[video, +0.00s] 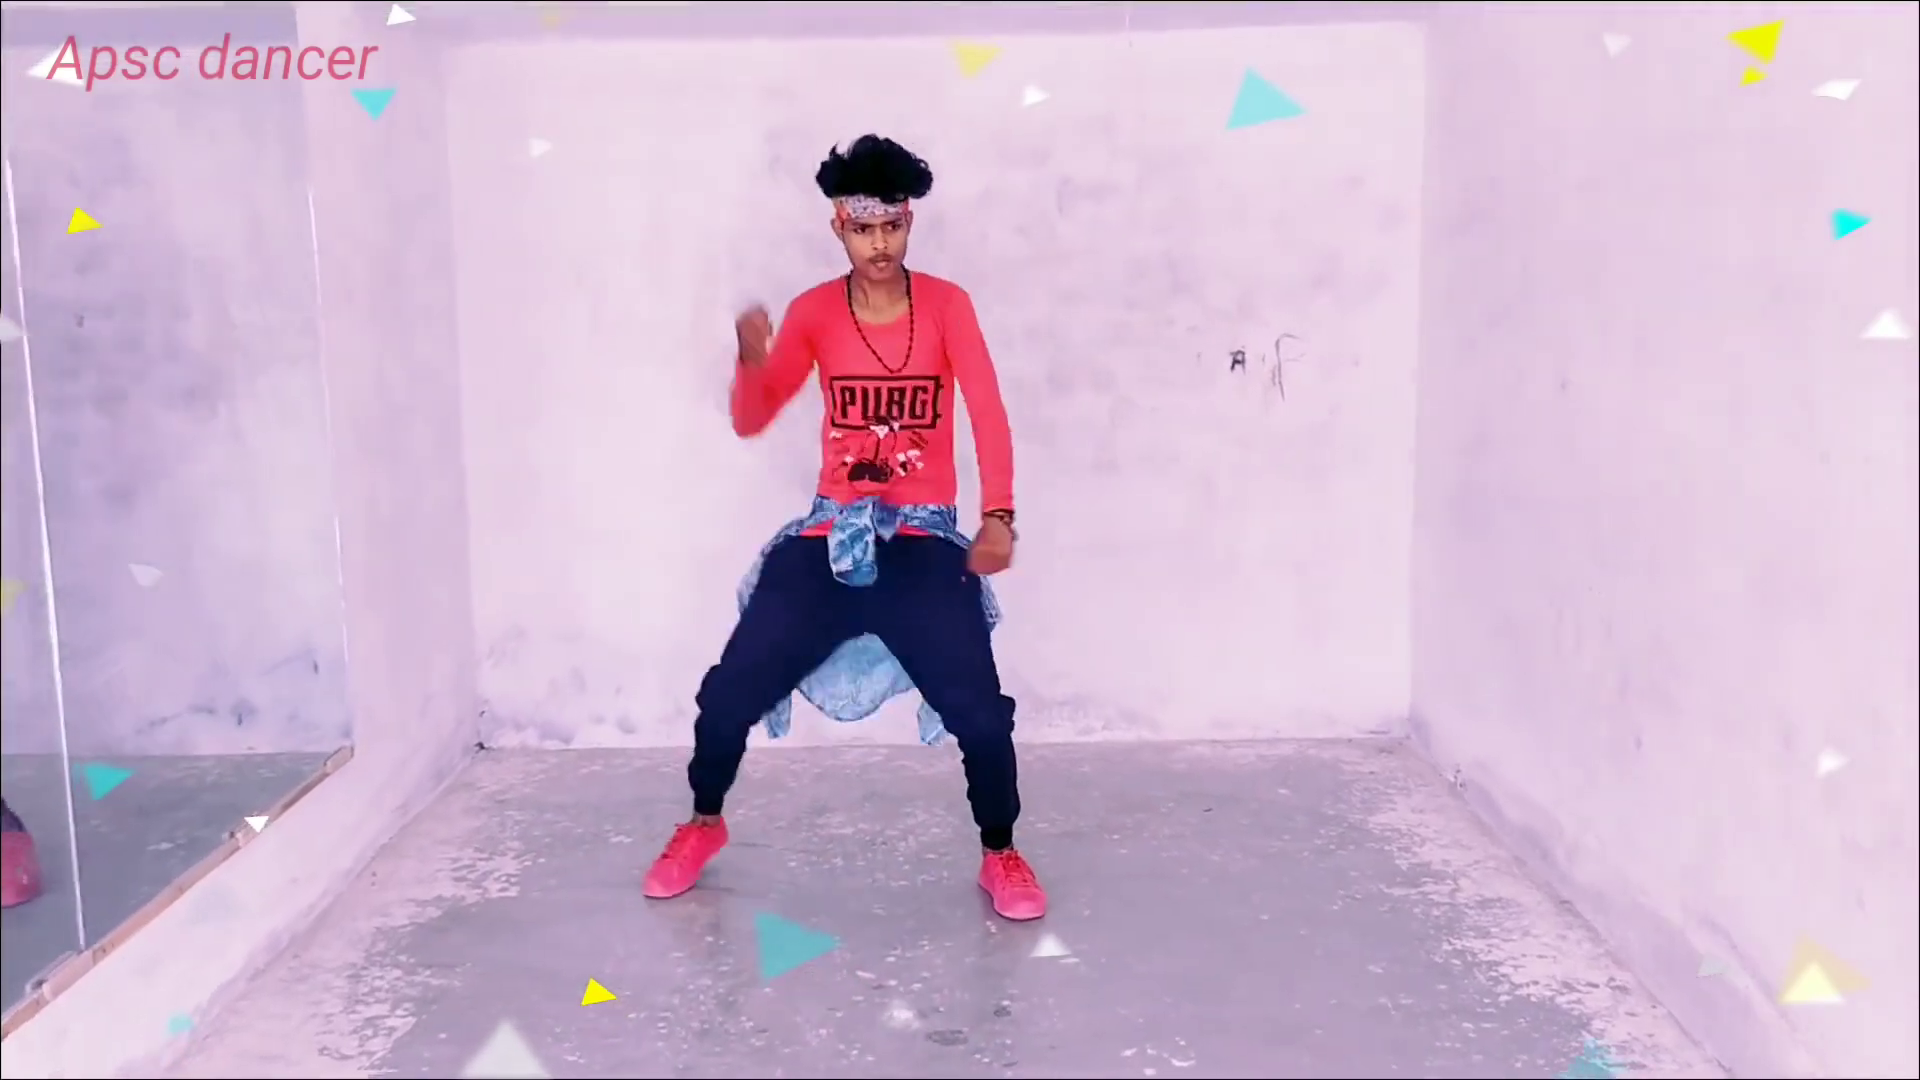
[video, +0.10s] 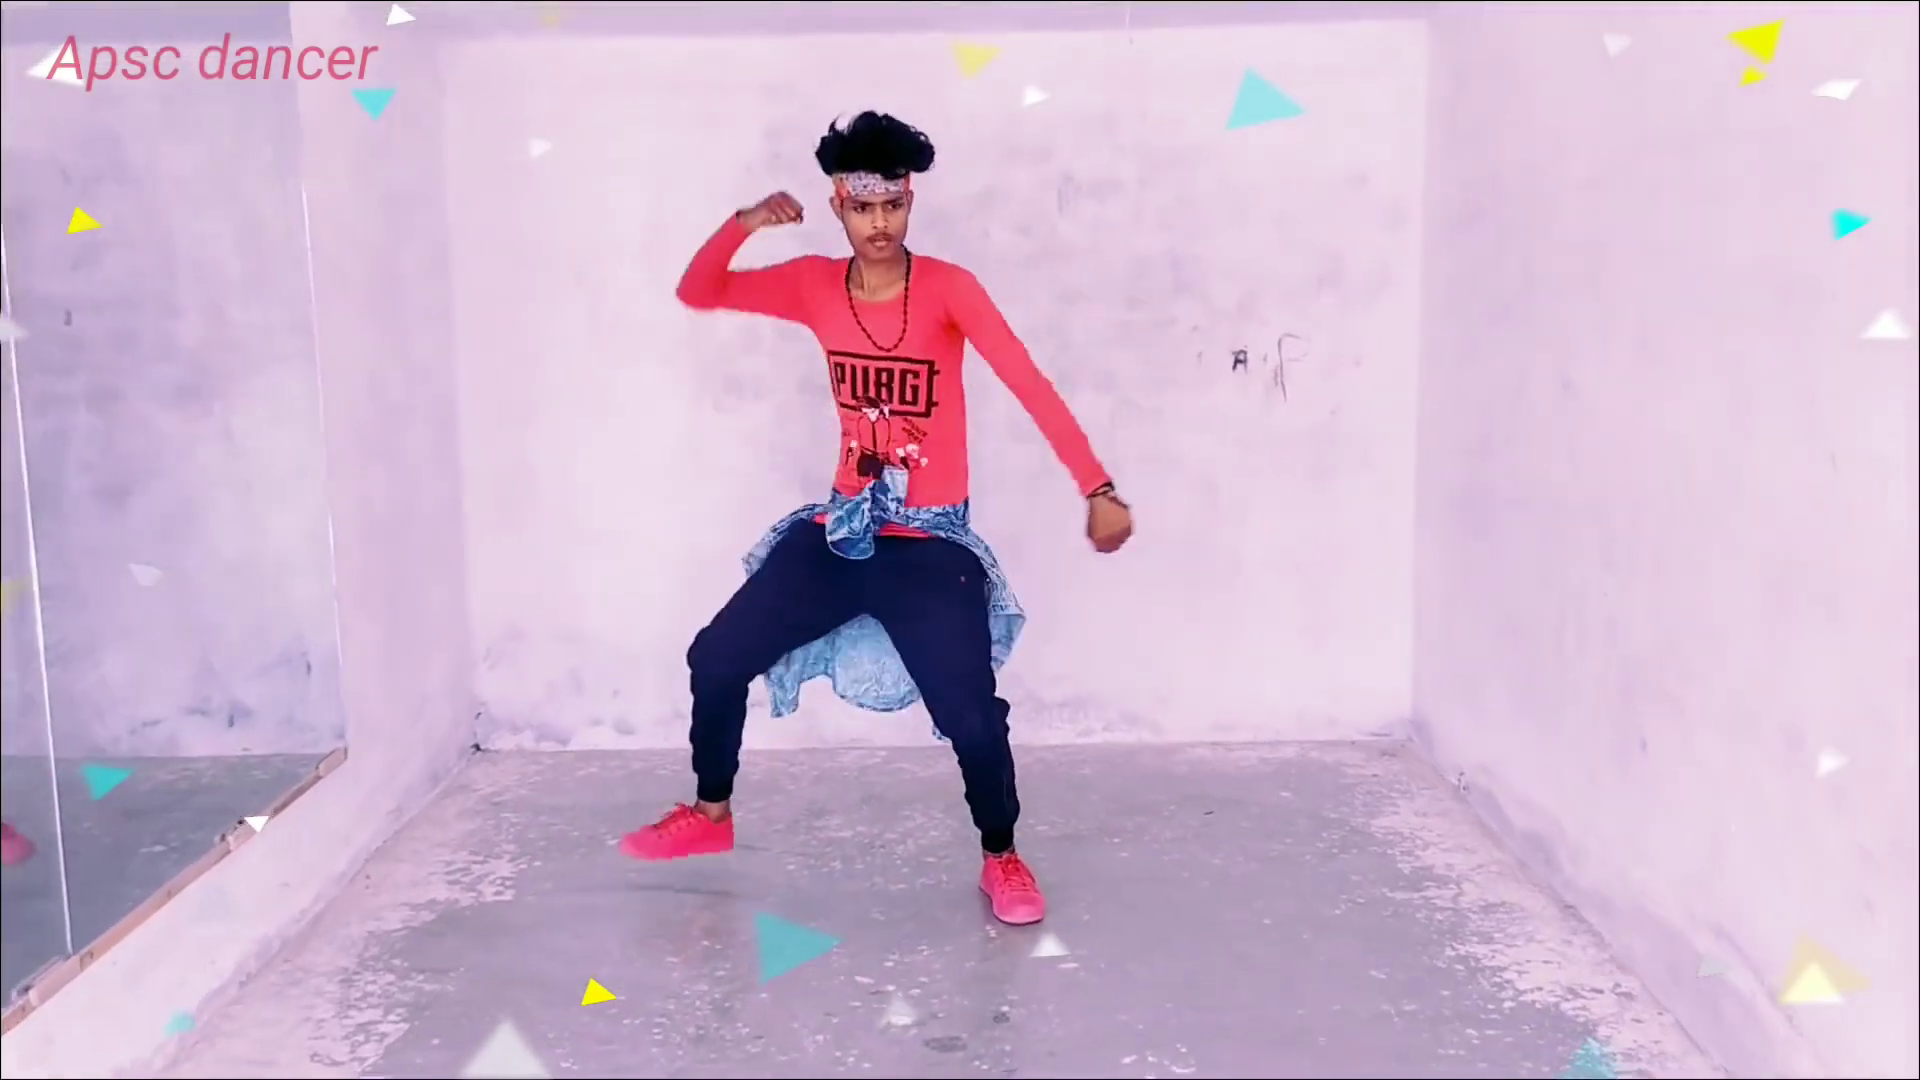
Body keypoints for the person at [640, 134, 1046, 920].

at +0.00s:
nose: (881, 244)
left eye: (893, 226)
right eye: (863, 228)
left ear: (912, 226)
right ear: (839, 230)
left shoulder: (946, 307)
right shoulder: (812, 313)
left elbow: (986, 410)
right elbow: (750, 421)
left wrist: (997, 515)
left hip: (923, 546)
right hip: (826, 543)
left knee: (982, 717)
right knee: (723, 702)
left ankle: (1001, 855)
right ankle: (704, 824)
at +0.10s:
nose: (878, 223)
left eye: (891, 204)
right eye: (860, 205)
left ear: (912, 203)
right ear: (837, 208)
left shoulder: (951, 291)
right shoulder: (813, 284)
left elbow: (1028, 384)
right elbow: (699, 290)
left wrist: (1098, 489)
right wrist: (742, 223)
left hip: (930, 545)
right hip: (837, 536)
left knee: (972, 716)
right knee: (716, 657)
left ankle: (1001, 857)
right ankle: (709, 814)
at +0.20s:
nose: (878, 226)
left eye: (892, 208)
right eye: (861, 209)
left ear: (910, 210)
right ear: (832, 210)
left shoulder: (944, 301)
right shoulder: (816, 283)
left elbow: (1048, 375)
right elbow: (750, 228)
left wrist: (1151, 452)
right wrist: (796, 177)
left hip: (932, 549)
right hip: (841, 543)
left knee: (967, 714)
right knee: (724, 668)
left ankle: (1000, 863)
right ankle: (720, 830)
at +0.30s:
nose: (878, 239)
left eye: (893, 221)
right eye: (861, 222)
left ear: (912, 220)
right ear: (833, 220)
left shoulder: (947, 313)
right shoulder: (815, 293)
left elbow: (1046, 392)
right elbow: (735, 236)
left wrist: (1150, 470)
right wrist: (804, 190)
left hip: (927, 562)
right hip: (834, 556)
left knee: (970, 731)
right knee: (727, 704)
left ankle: (1000, 871)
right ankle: (720, 852)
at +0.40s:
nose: (878, 247)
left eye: (892, 229)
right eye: (860, 230)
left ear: (913, 228)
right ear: (835, 230)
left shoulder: (945, 317)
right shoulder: (815, 296)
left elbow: (1032, 407)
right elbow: (699, 277)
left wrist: (1116, 500)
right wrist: (771, 204)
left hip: (911, 570)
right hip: (819, 560)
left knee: (959, 748)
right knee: (709, 718)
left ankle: (1000, 881)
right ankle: (714, 861)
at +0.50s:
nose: (872, 251)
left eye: (887, 231)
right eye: (854, 233)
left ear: (906, 230)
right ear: (828, 231)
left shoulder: (938, 322)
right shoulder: (810, 302)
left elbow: (1036, 407)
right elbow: (706, 279)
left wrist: (1140, 492)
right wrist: (750, 217)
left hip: (904, 579)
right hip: (812, 569)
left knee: (955, 760)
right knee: (701, 725)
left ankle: (1001, 886)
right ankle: (714, 868)